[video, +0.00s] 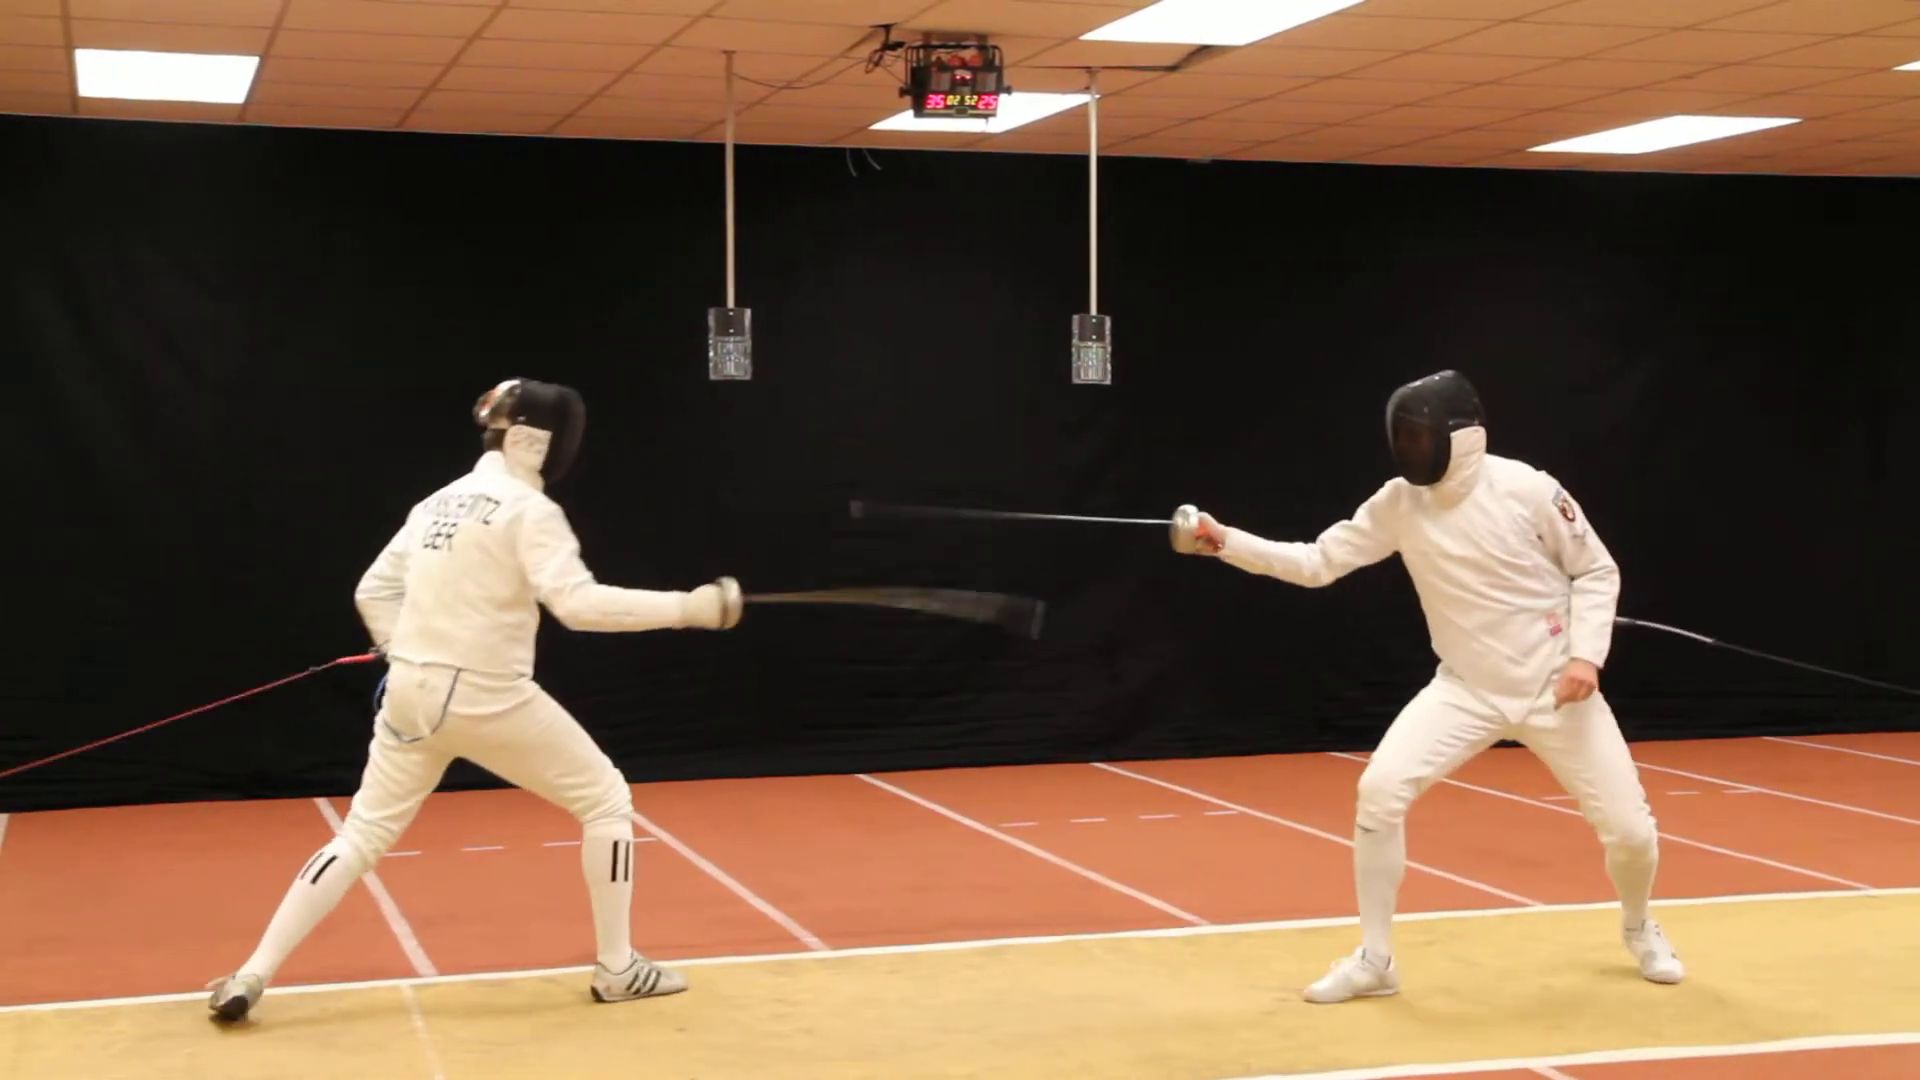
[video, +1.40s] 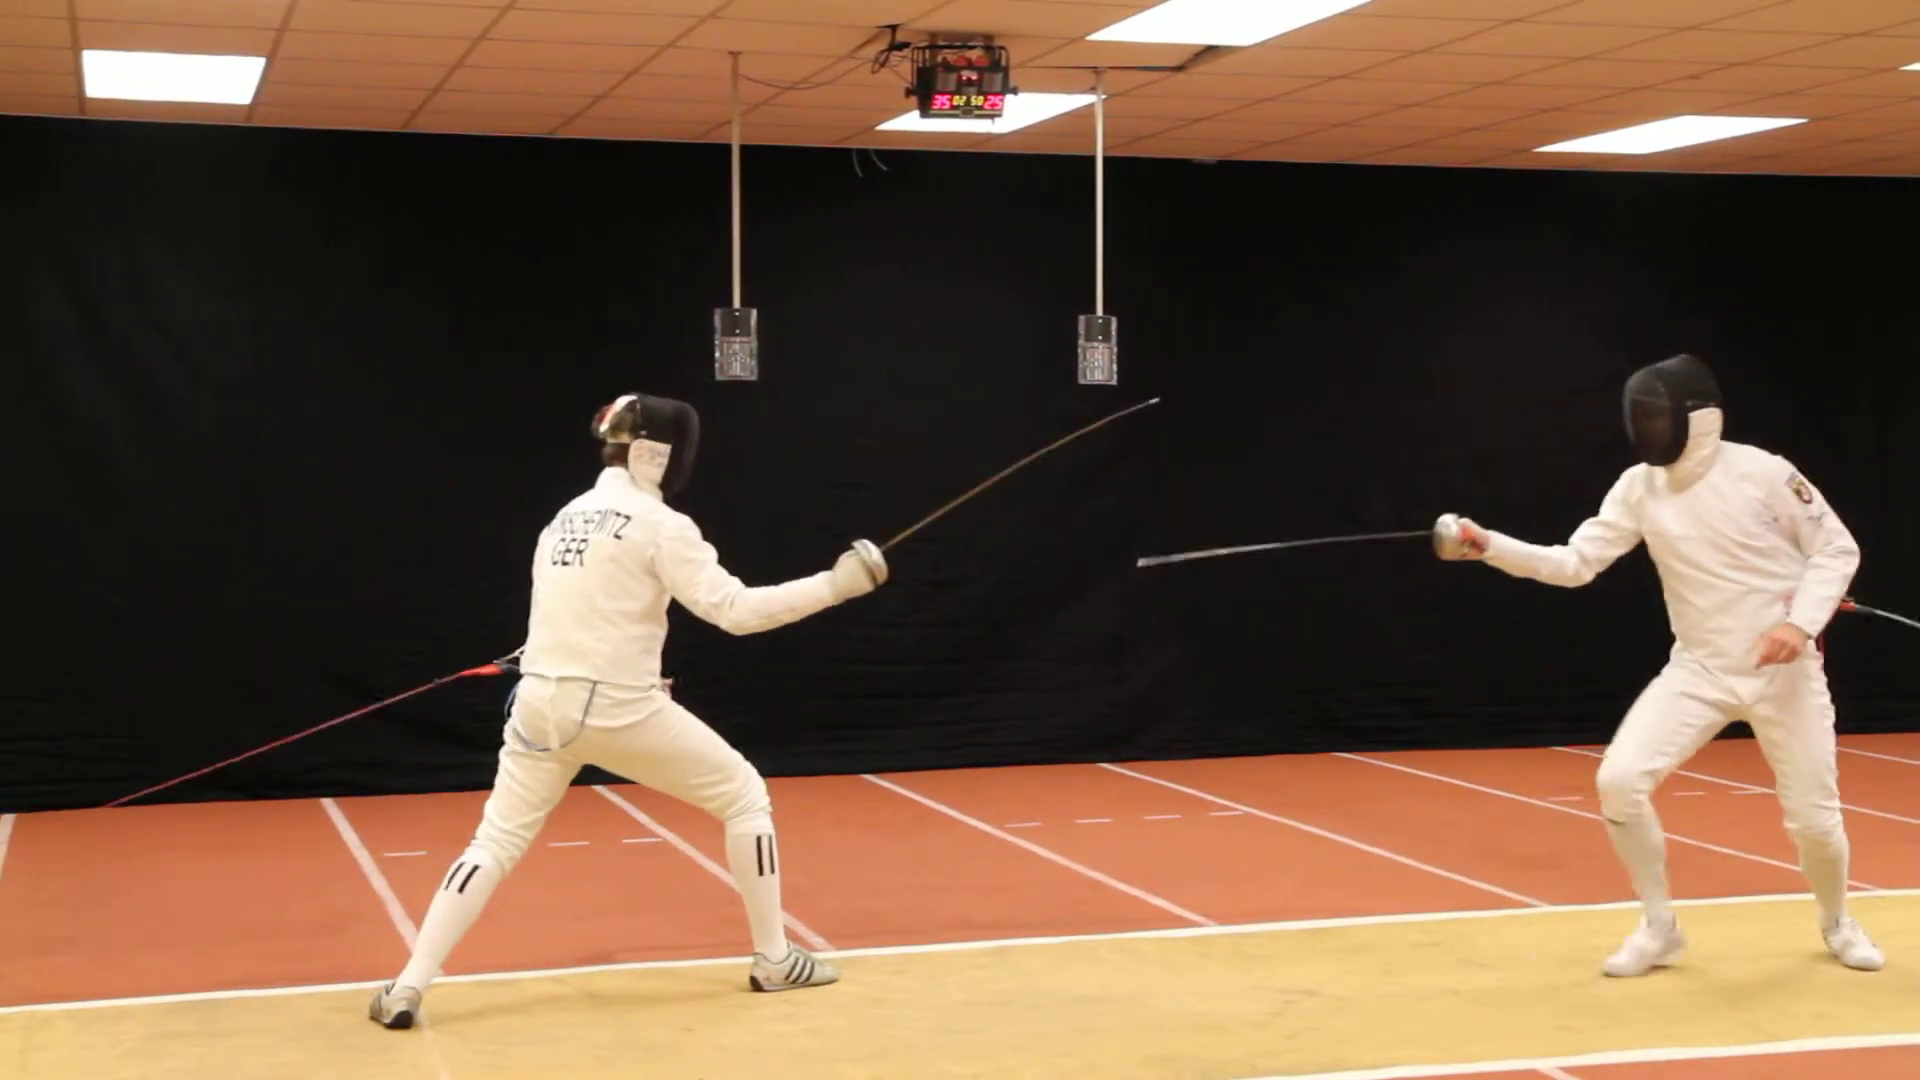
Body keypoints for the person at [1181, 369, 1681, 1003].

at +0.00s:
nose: (1408, 451)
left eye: (1420, 436)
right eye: (1403, 437)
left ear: (1463, 435)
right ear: (1402, 441)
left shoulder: (1529, 492)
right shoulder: (1398, 506)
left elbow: (1596, 572)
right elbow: (1316, 563)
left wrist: (1586, 657)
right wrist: (1222, 540)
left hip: (1555, 690)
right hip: (1462, 692)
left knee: (1634, 835)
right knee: (1379, 794)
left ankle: (1639, 928)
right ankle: (1374, 959)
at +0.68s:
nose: (1444, 435)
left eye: (1456, 420)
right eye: (1441, 422)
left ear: (1499, 419)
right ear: (1442, 426)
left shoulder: (1573, 476)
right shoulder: (1448, 497)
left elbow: (1644, 556)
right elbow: (1394, 577)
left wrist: (1606, 629)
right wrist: (1303, 552)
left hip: (1608, 677)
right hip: (1515, 679)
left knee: (1660, 825)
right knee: (1438, 798)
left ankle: (1694, 922)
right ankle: (1390, 954)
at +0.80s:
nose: (1480, 431)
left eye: (1494, 417)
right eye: (1478, 418)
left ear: (1539, 417)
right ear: (1484, 421)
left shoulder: (1610, 475)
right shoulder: (1485, 493)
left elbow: (1685, 550)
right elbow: (1426, 570)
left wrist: (1645, 626)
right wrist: (1337, 548)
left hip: (1641, 676)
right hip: (1551, 674)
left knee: (1676, 823)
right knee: (1474, 783)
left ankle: (1698, 929)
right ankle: (1466, 949)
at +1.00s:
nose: (1522, 436)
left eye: (1535, 422)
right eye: (1518, 423)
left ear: (1579, 423)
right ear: (1518, 429)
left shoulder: (1645, 482)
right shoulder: (1516, 493)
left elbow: (1717, 560)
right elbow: (1437, 546)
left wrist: (1696, 634)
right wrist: (1340, 536)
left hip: (1675, 680)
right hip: (1581, 681)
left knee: (1761, 812)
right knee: (1502, 787)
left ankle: (1741, 900)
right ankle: (1496, 948)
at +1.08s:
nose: (1551, 435)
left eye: (1564, 421)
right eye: (1546, 422)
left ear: (1605, 422)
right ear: (1545, 426)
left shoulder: (1672, 483)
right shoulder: (1544, 494)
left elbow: (1741, 561)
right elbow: (1472, 559)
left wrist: (1720, 635)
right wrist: (1375, 545)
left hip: (1699, 681)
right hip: (1604, 681)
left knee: (1781, 819)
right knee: (1522, 787)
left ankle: (1814, 904)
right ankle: (1496, 946)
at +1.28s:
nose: (1617, 433)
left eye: (1630, 420)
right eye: (1614, 421)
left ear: (1675, 421)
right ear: (1618, 423)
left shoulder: (1743, 477)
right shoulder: (1619, 493)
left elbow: (1816, 555)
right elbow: (1559, 569)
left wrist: (1774, 626)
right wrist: (1468, 553)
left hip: (1772, 673)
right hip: (1682, 674)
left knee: (1811, 822)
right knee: (1596, 782)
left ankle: (1837, 921)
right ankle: (1553, 937)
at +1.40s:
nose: (1649, 428)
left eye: (1661, 415)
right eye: (1645, 416)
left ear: (1702, 415)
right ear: (1644, 419)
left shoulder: (1763, 475)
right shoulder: (1639, 490)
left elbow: (1838, 550)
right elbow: (1576, 564)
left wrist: (1799, 624)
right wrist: (1488, 546)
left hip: (1784, 674)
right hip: (1696, 672)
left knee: (1816, 823)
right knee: (1619, 782)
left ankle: (1838, 923)